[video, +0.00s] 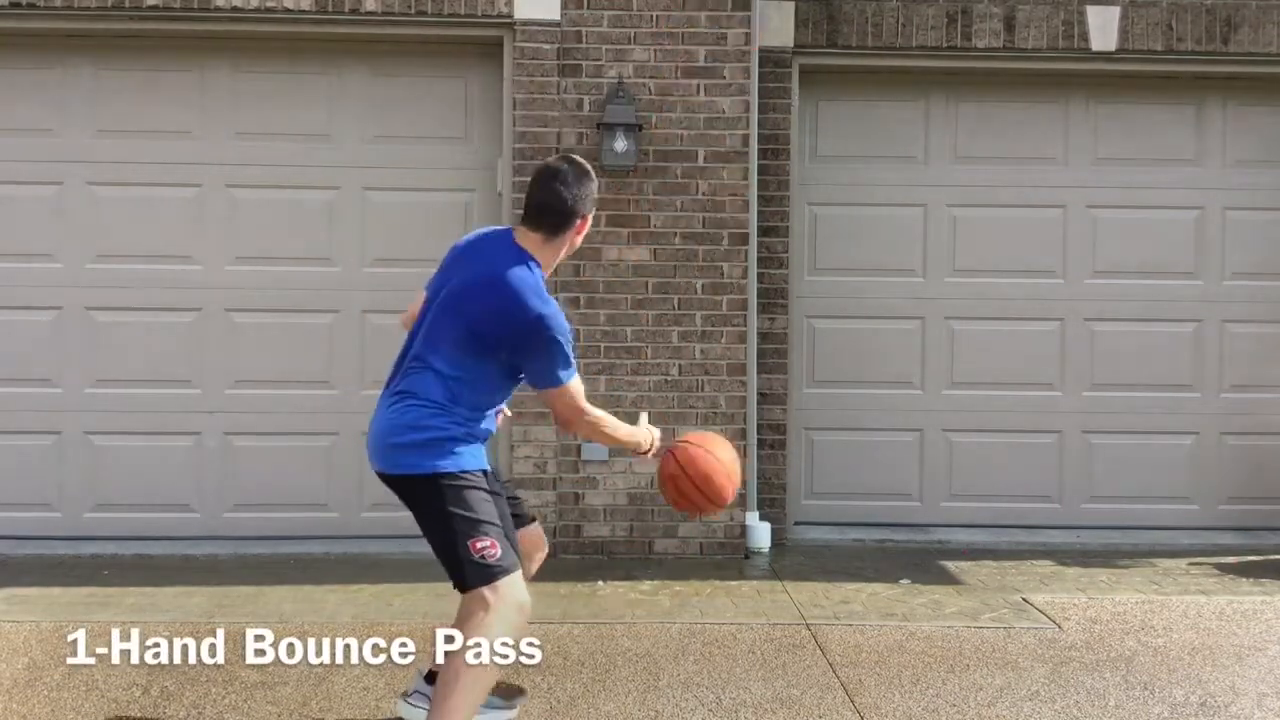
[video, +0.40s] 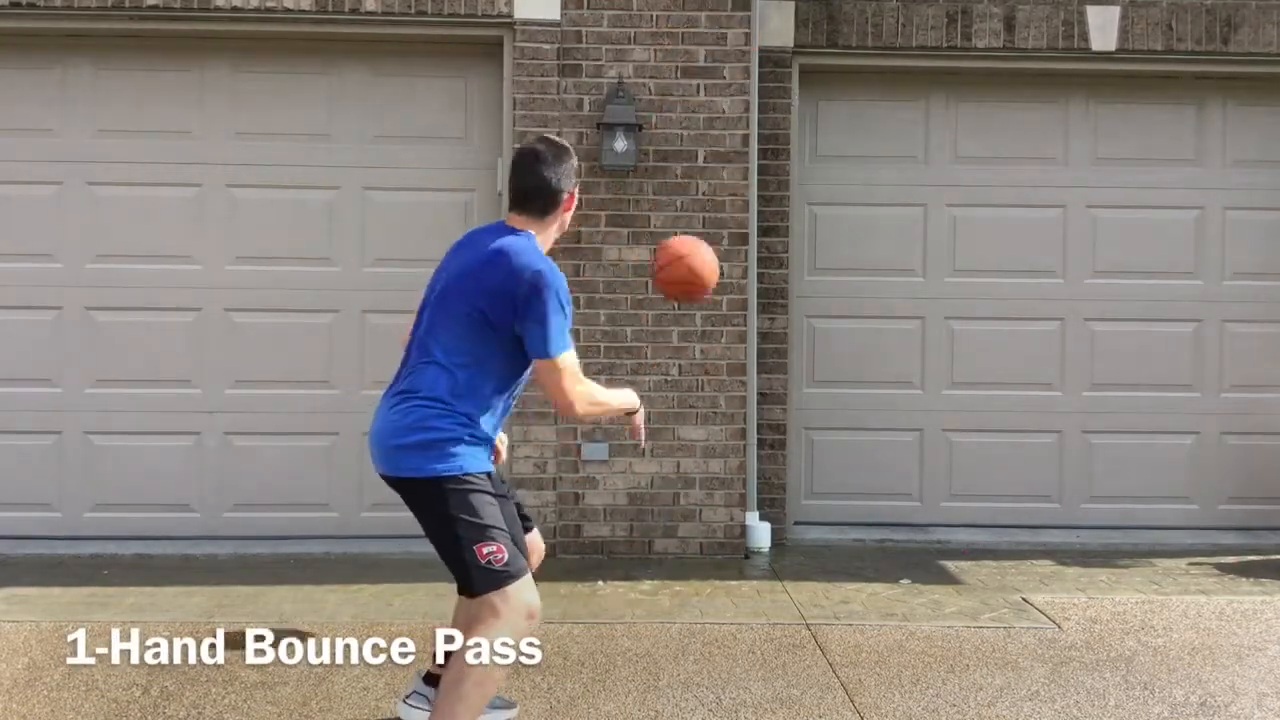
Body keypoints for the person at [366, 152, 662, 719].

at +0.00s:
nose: (590, 228)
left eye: (590, 218)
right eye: (591, 219)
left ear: (528, 203)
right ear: (581, 226)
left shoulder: (479, 244)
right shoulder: (537, 311)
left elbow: (416, 320)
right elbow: (573, 416)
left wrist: (476, 392)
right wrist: (640, 438)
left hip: (429, 434)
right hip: (432, 447)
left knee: (529, 546)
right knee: (500, 596)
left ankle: (440, 681)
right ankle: (448, 708)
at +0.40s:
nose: (578, 204)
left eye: (574, 194)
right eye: (578, 195)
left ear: (513, 190)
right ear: (570, 202)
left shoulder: (471, 245)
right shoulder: (537, 274)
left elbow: (420, 345)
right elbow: (571, 398)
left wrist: (483, 426)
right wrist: (629, 398)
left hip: (411, 432)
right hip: (439, 443)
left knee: (526, 549)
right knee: (511, 612)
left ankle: (440, 684)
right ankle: (450, 711)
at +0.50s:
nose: (570, 186)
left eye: (568, 176)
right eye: (570, 176)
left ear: (505, 176)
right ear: (561, 182)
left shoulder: (468, 235)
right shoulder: (539, 253)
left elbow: (425, 337)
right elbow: (630, 336)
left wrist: (487, 415)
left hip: (418, 427)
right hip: (441, 439)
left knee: (519, 547)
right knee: (518, 608)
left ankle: (439, 684)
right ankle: (456, 712)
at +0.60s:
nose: (569, 165)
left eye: (567, 155)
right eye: (567, 155)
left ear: (499, 161)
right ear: (555, 162)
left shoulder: (474, 215)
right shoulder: (532, 218)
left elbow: (437, 328)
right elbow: (664, 240)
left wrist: (486, 401)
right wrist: (709, 166)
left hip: (431, 421)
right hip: (441, 430)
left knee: (516, 547)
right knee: (514, 603)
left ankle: (443, 683)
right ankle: (454, 712)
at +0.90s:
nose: (584, 189)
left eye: (583, 178)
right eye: (585, 178)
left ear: (517, 175)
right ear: (572, 184)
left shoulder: (501, 232)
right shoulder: (508, 238)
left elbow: (426, 307)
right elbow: (608, 289)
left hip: (456, 430)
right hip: (434, 433)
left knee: (530, 551)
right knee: (504, 597)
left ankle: (440, 680)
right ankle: (449, 710)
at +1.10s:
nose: (584, 223)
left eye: (584, 213)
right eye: (586, 213)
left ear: (520, 201)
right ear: (577, 219)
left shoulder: (475, 246)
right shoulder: (546, 312)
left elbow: (411, 326)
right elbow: (586, 411)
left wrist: (458, 385)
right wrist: (630, 449)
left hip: (405, 441)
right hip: (436, 456)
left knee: (530, 543)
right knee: (516, 618)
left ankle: (445, 681)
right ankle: (455, 711)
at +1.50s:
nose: (573, 204)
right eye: (574, 195)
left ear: (508, 190)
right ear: (567, 202)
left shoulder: (463, 245)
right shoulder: (542, 281)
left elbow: (399, 332)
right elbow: (569, 409)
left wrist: (450, 386)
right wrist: (622, 403)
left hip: (405, 441)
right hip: (444, 452)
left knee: (527, 545)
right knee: (528, 613)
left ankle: (441, 684)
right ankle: (457, 712)